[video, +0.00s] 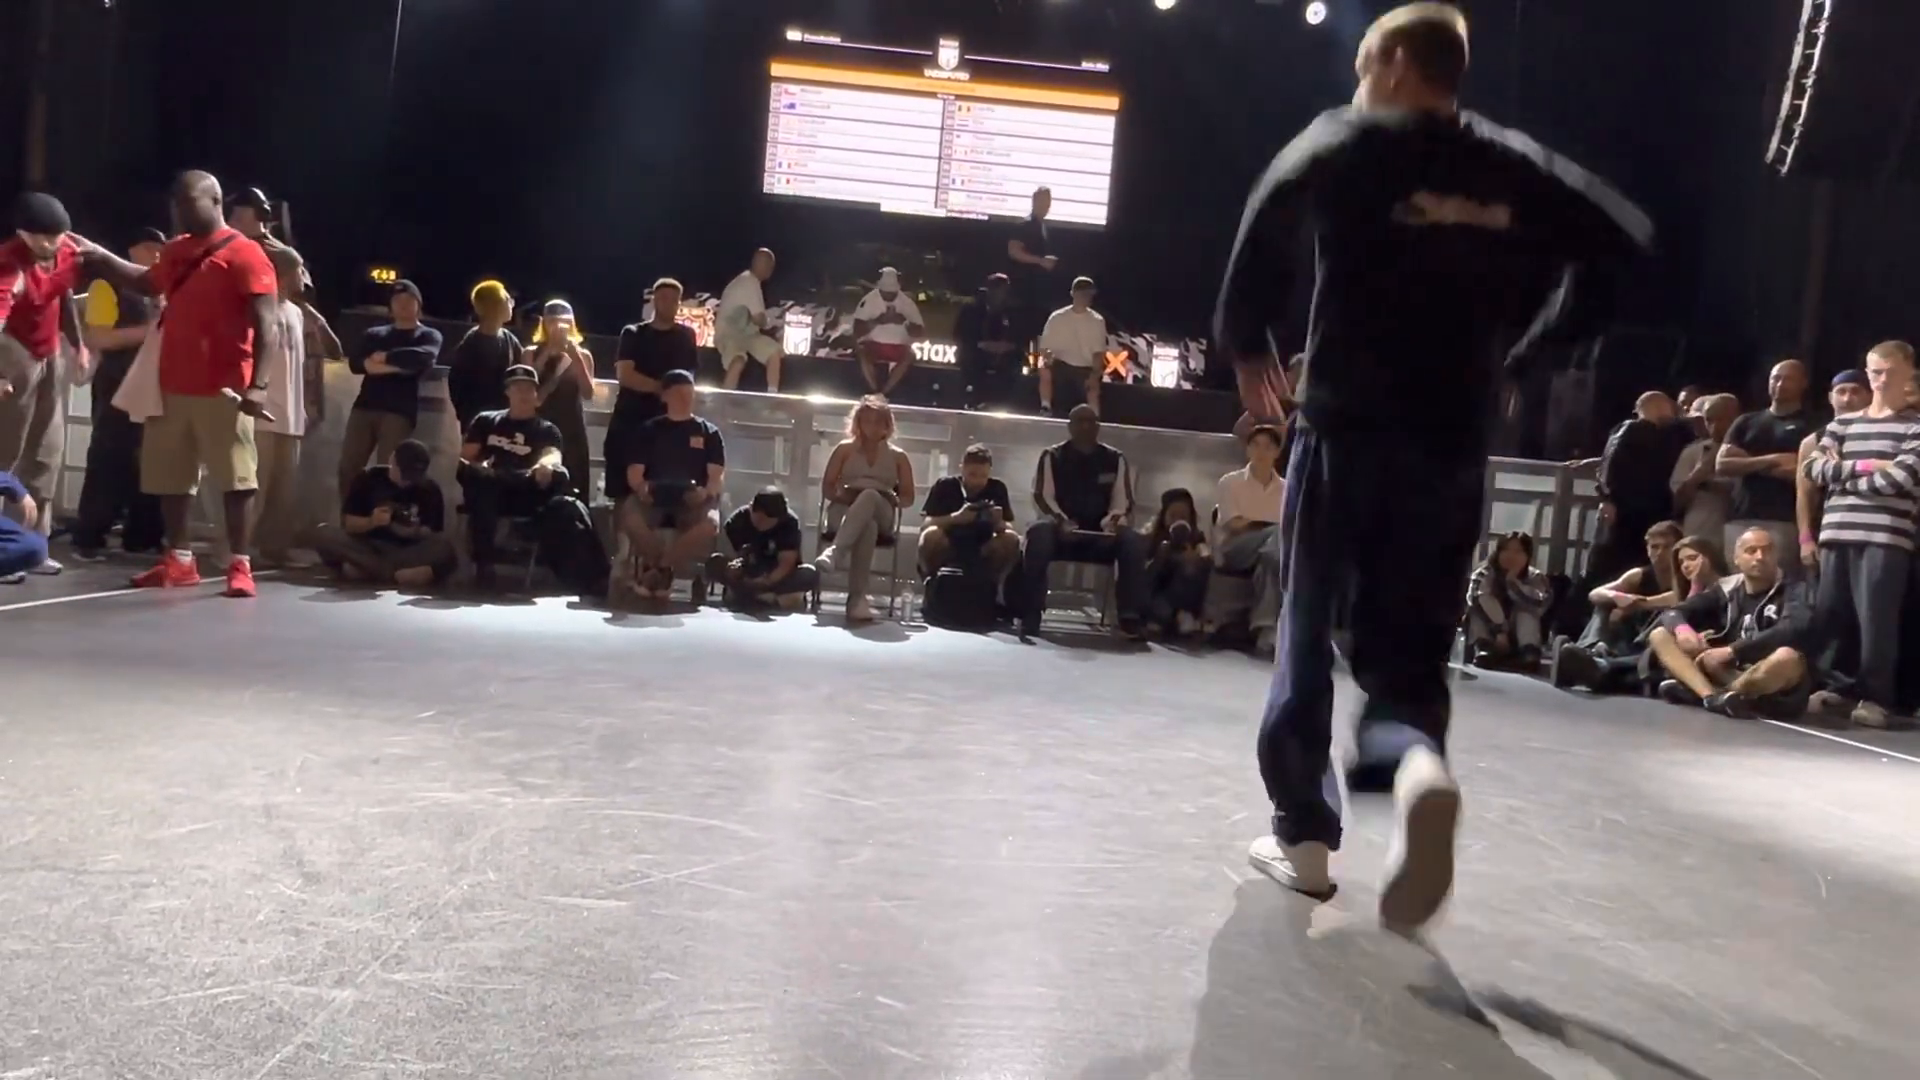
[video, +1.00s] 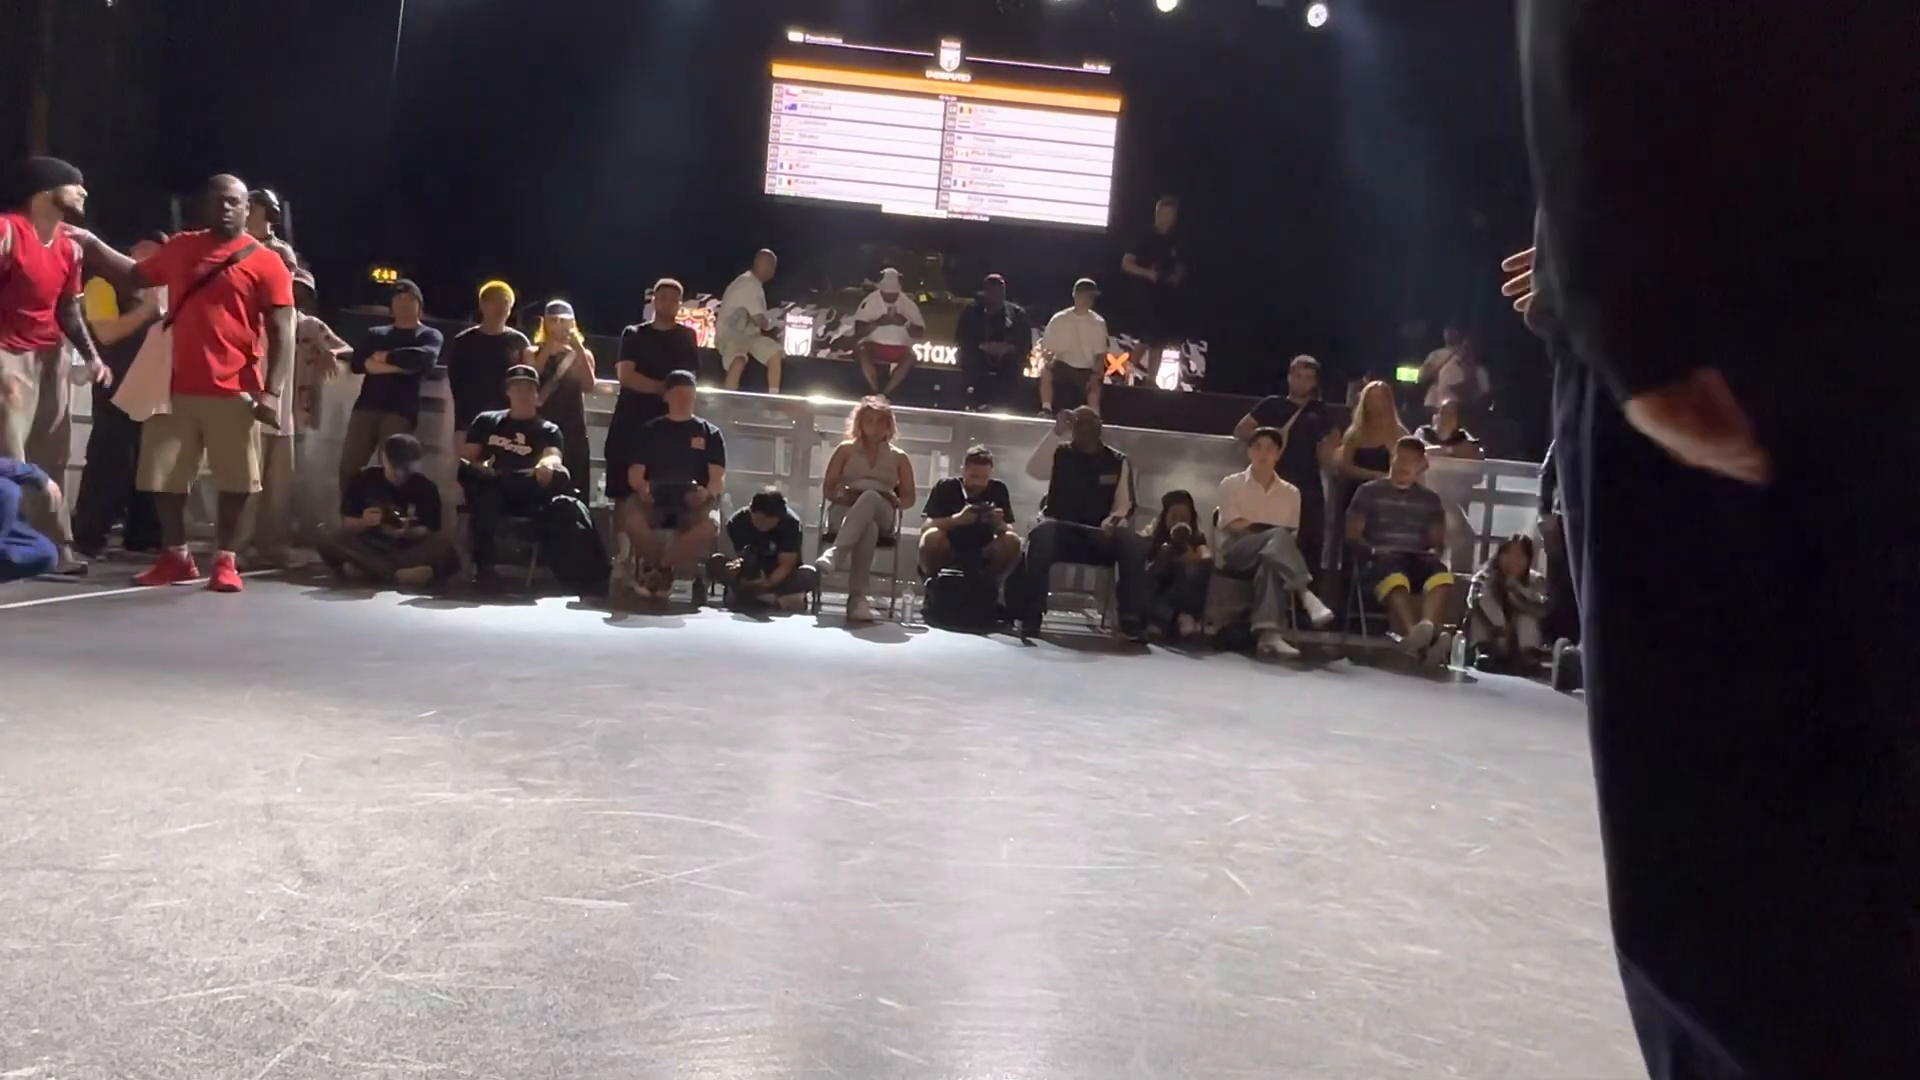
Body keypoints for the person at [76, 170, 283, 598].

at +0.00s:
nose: (180, 211)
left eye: (188, 202)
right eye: (177, 203)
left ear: (214, 200)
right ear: (177, 207)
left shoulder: (245, 252)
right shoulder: (177, 250)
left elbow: (268, 324)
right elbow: (148, 282)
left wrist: (260, 385)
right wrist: (102, 257)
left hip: (226, 390)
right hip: (172, 389)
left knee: (237, 481)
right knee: (171, 477)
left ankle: (240, 564)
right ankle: (178, 559)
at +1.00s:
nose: (226, 209)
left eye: (234, 202)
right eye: (219, 201)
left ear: (248, 210)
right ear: (205, 206)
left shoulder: (267, 261)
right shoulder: (183, 246)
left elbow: (284, 331)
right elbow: (134, 273)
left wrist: (276, 392)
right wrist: (91, 242)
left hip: (235, 391)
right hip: (175, 386)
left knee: (236, 480)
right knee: (166, 474)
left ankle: (226, 559)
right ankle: (175, 557)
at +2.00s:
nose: (112, 224)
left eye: (118, 216)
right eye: (106, 218)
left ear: (140, 217)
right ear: (101, 226)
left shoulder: (180, 261)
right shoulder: (95, 270)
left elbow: (215, 321)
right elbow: (69, 335)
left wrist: (236, 378)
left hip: (181, 403)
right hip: (120, 405)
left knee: (191, 497)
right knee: (120, 498)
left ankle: (197, 574)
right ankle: (125, 575)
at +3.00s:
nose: (114, 251)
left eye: (117, 242)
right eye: (105, 245)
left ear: (125, 246)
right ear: (85, 252)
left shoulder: (151, 286)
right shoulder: (72, 295)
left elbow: (188, 343)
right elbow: (52, 358)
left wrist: (226, 388)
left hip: (156, 422)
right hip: (97, 427)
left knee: (168, 514)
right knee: (99, 520)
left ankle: (165, 597)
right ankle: (111, 600)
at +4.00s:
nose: (98, 280)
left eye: (105, 271)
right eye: (94, 273)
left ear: (131, 271)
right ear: (90, 278)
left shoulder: (170, 315)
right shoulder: (84, 322)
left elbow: (211, 369)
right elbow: (68, 386)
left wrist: (234, 412)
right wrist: (70, 382)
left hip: (169, 450)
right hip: (111, 453)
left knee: (183, 540)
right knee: (115, 544)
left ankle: (189, 618)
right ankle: (126, 624)